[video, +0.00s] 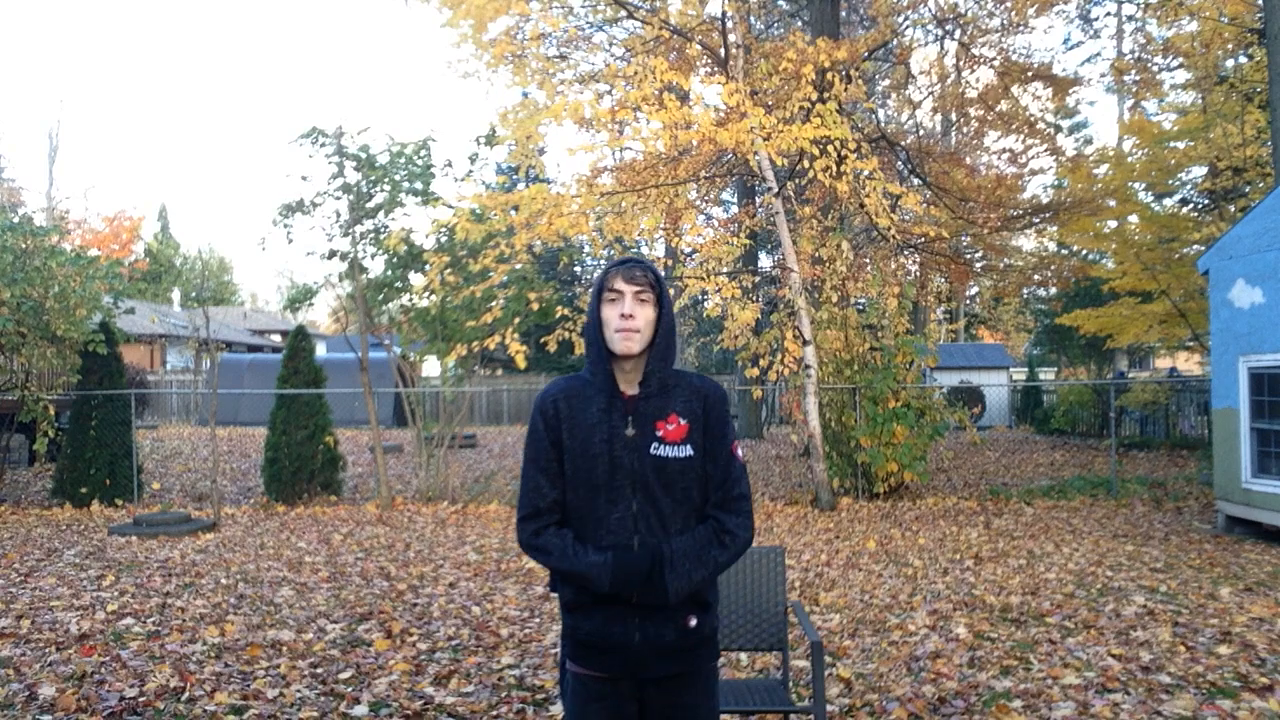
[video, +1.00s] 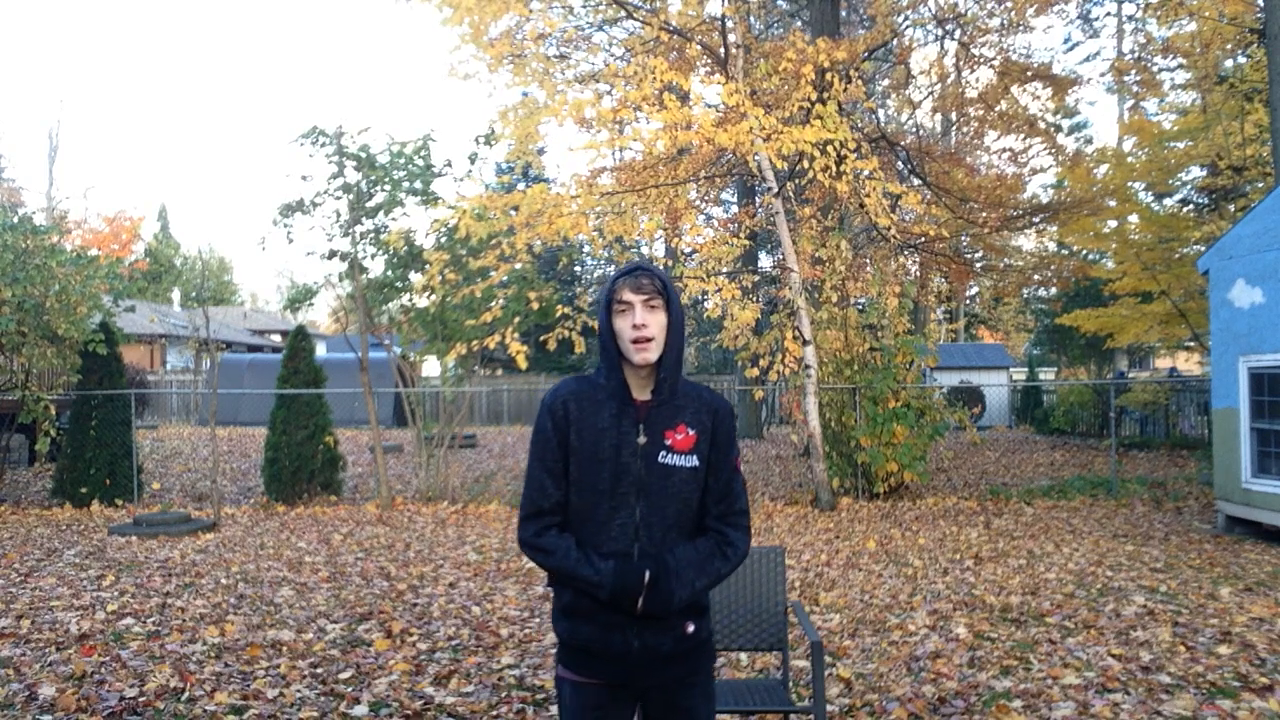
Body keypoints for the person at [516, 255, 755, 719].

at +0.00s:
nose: (626, 311)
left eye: (642, 299)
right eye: (613, 298)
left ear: (661, 316)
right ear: (596, 312)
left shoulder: (703, 399)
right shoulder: (559, 403)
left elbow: (735, 520)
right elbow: (534, 527)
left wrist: (669, 566)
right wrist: (608, 570)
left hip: (684, 645)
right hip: (594, 648)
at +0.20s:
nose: (609, 316)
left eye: (624, 305)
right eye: (597, 302)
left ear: (640, 324)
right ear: (575, 317)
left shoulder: (681, 399)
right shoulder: (540, 413)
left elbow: (730, 515)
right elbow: (523, 539)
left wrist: (657, 565)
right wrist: (603, 570)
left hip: (678, 650)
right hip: (589, 654)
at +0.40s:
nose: (601, 325)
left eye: (616, 314)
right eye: (589, 310)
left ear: (632, 333)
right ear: (568, 326)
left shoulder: (672, 410)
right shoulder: (531, 422)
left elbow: (727, 522)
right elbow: (506, 550)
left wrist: (647, 567)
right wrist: (592, 571)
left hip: (663, 653)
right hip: (574, 656)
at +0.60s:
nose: (613, 318)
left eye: (626, 304)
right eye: (598, 305)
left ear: (645, 318)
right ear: (579, 318)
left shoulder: (682, 405)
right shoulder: (538, 407)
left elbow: (711, 526)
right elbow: (511, 532)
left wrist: (648, 576)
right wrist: (588, 578)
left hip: (663, 646)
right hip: (574, 650)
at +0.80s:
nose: (626, 323)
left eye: (639, 307)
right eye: (611, 310)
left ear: (659, 320)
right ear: (595, 324)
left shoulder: (696, 411)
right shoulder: (554, 406)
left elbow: (720, 531)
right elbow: (523, 532)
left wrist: (659, 581)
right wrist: (603, 579)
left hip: (670, 650)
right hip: (580, 652)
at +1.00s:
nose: (639, 322)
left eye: (652, 307)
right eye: (623, 309)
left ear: (672, 319)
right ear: (608, 323)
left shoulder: (709, 411)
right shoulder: (566, 405)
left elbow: (732, 531)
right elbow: (536, 528)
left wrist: (667, 579)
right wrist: (611, 578)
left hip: (681, 651)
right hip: (590, 651)